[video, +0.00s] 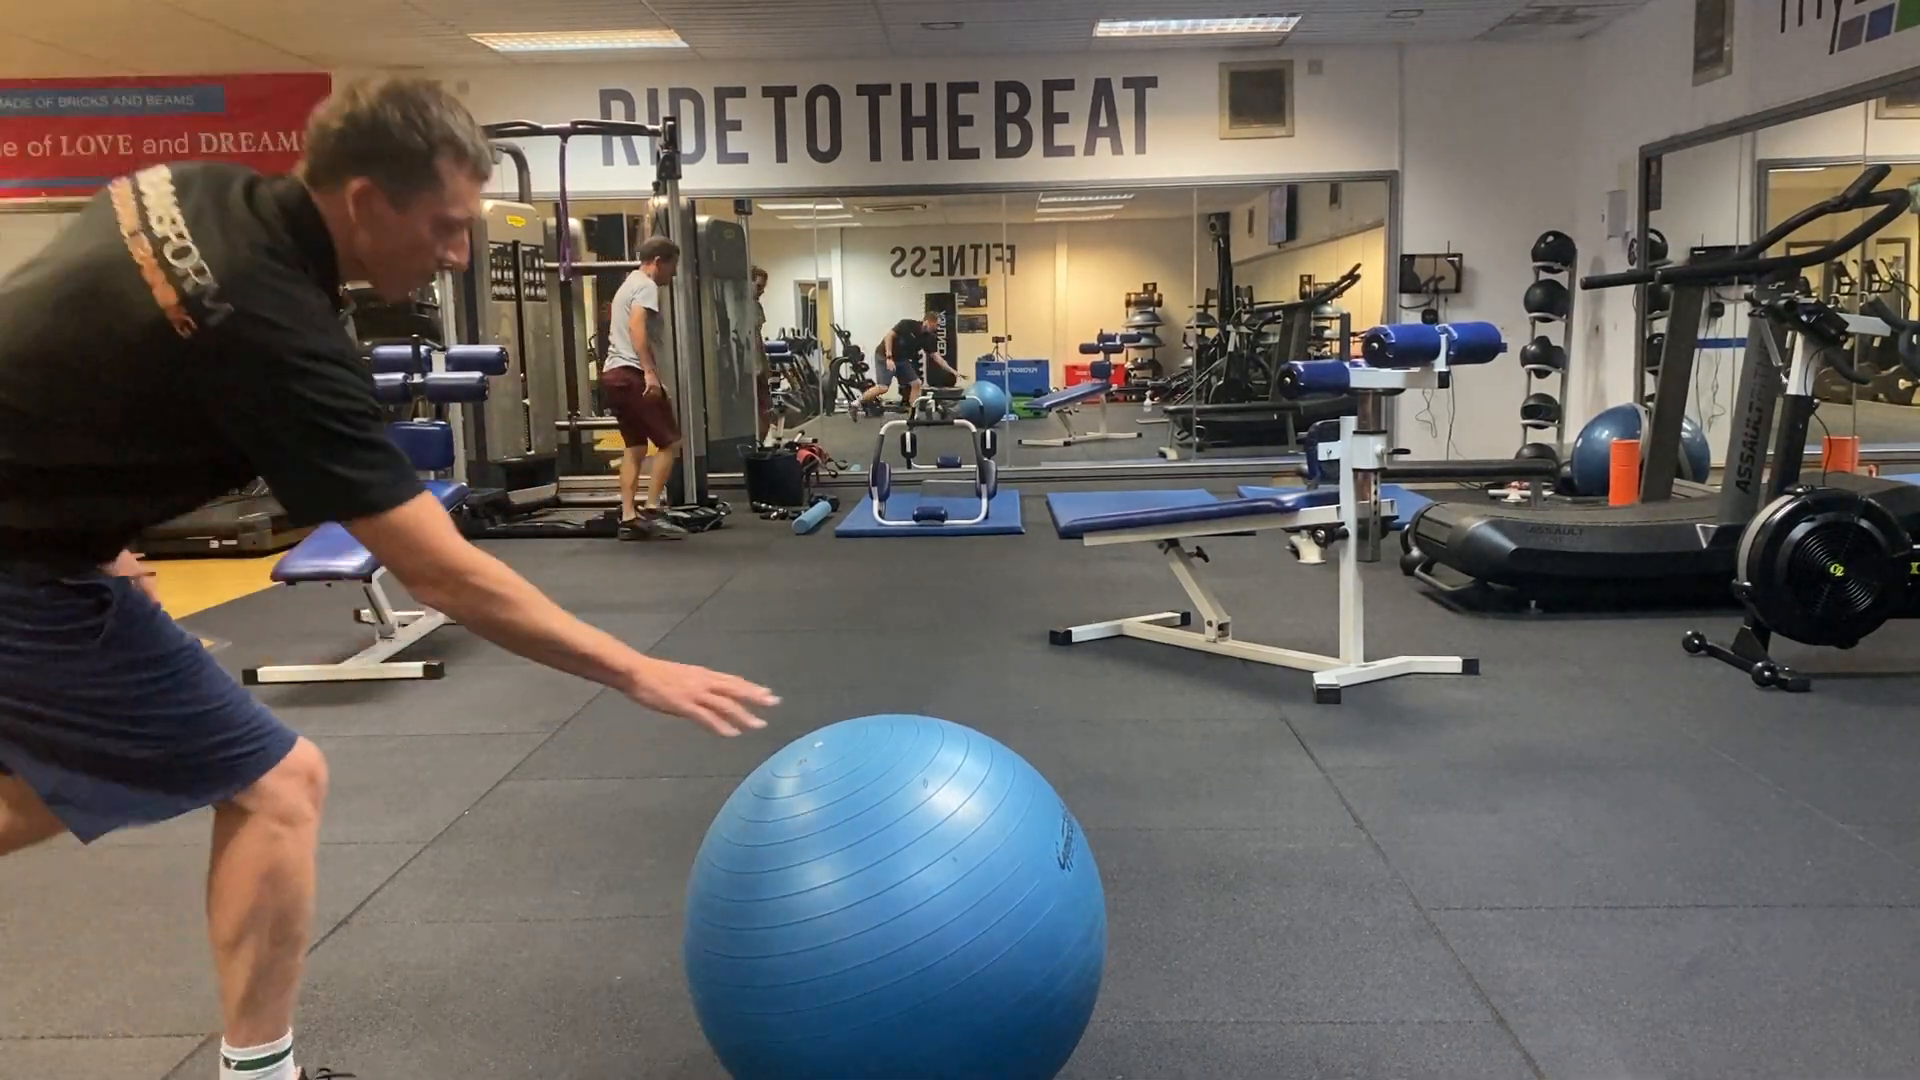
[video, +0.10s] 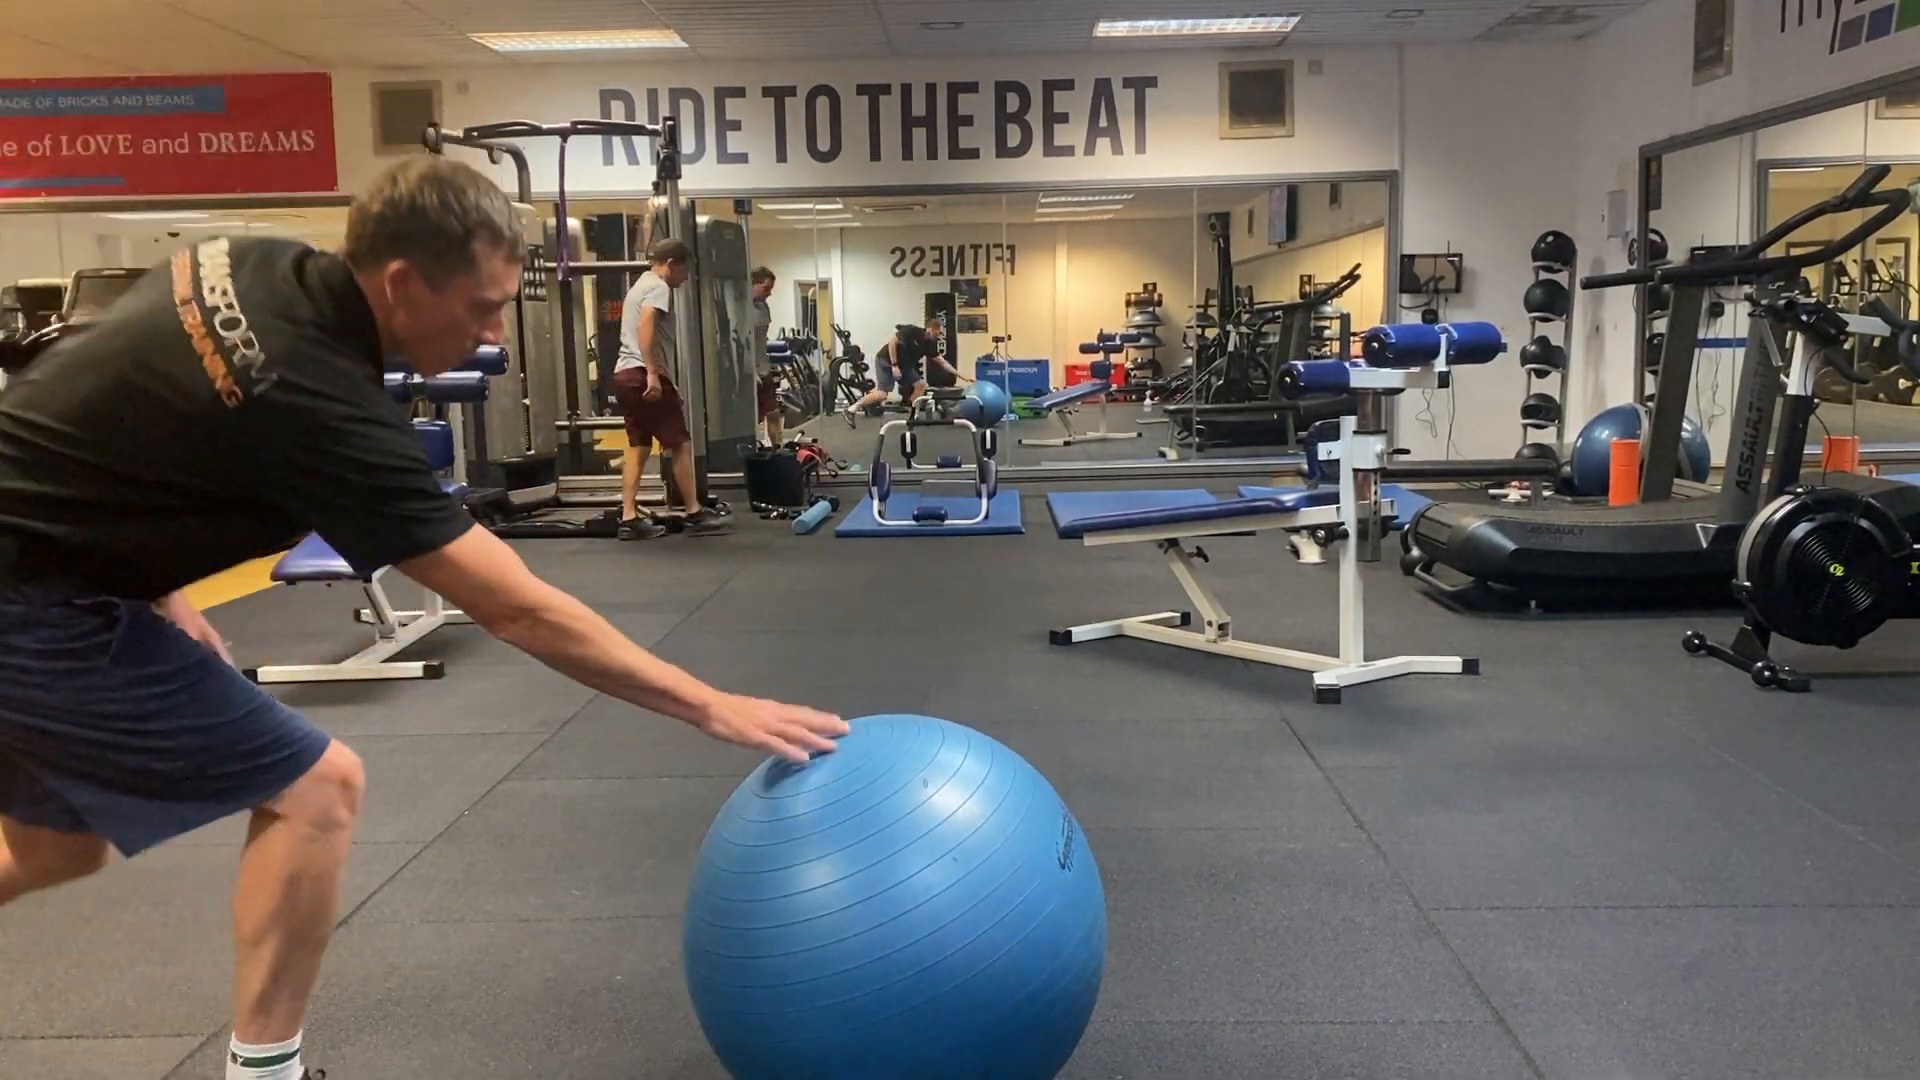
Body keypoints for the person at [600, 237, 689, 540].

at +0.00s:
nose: (673, 274)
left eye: (674, 268)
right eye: (672, 267)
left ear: (649, 262)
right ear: (656, 262)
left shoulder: (629, 282)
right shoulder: (645, 285)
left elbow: (624, 331)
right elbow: (636, 328)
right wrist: (650, 372)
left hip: (612, 374)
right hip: (630, 374)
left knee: (635, 446)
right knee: (670, 442)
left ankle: (628, 516)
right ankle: (651, 507)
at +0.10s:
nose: (685, 277)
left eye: (687, 272)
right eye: (684, 270)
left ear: (661, 264)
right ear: (669, 264)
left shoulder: (641, 284)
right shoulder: (658, 286)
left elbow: (634, 332)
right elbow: (645, 326)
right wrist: (652, 373)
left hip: (625, 374)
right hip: (644, 374)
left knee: (638, 447)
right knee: (681, 444)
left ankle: (628, 516)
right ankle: (694, 511)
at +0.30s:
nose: (712, 284)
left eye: (713, 278)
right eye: (711, 277)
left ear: (688, 269)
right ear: (698, 270)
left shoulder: (664, 294)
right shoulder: (690, 292)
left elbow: (654, 336)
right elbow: (673, 327)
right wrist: (673, 374)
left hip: (652, 379)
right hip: (679, 380)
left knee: (656, 450)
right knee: (705, 450)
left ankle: (631, 514)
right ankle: (722, 511)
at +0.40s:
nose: (726, 281)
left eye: (728, 276)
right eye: (727, 275)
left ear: (702, 266)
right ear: (716, 268)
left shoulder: (676, 293)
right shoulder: (708, 290)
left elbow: (672, 333)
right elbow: (694, 328)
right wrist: (696, 375)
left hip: (667, 378)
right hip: (694, 375)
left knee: (681, 448)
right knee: (716, 447)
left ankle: (643, 501)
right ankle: (724, 511)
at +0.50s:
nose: (736, 277)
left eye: (737, 272)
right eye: (737, 271)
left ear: (712, 264)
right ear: (727, 266)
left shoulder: (685, 292)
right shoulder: (723, 291)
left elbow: (675, 339)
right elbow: (718, 332)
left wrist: (685, 370)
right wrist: (726, 374)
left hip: (681, 372)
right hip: (707, 370)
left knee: (703, 442)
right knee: (721, 444)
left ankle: (667, 475)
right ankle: (724, 511)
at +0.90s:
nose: (771, 275)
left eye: (771, 270)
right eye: (771, 269)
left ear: (744, 264)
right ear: (762, 265)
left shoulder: (717, 296)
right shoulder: (766, 291)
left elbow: (706, 340)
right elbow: (784, 335)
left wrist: (714, 380)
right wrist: (805, 367)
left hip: (724, 374)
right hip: (752, 372)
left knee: (753, 444)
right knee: (746, 445)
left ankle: (770, 504)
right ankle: (726, 509)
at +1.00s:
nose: (778, 274)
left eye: (779, 270)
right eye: (778, 269)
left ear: (751, 264)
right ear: (771, 265)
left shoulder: (727, 295)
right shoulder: (774, 289)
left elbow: (717, 340)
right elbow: (789, 333)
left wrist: (720, 380)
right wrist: (805, 369)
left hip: (732, 371)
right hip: (762, 370)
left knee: (758, 441)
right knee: (767, 441)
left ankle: (771, 504)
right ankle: (735, 502)